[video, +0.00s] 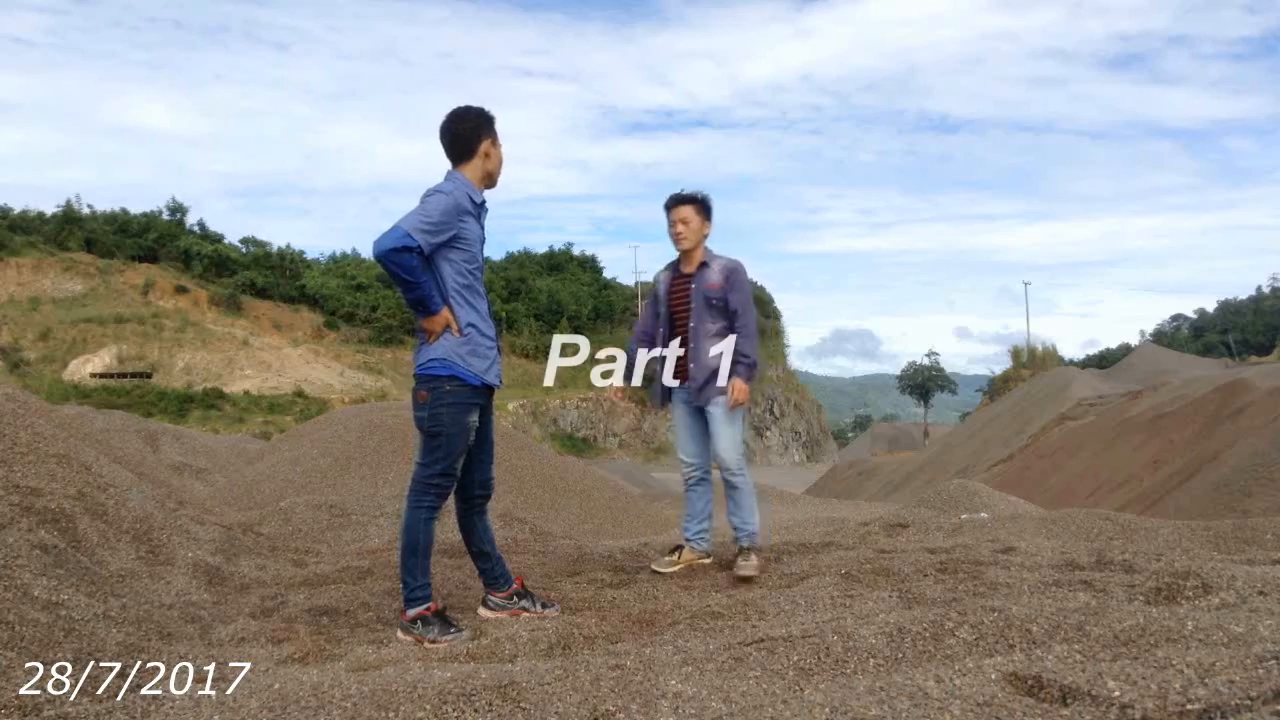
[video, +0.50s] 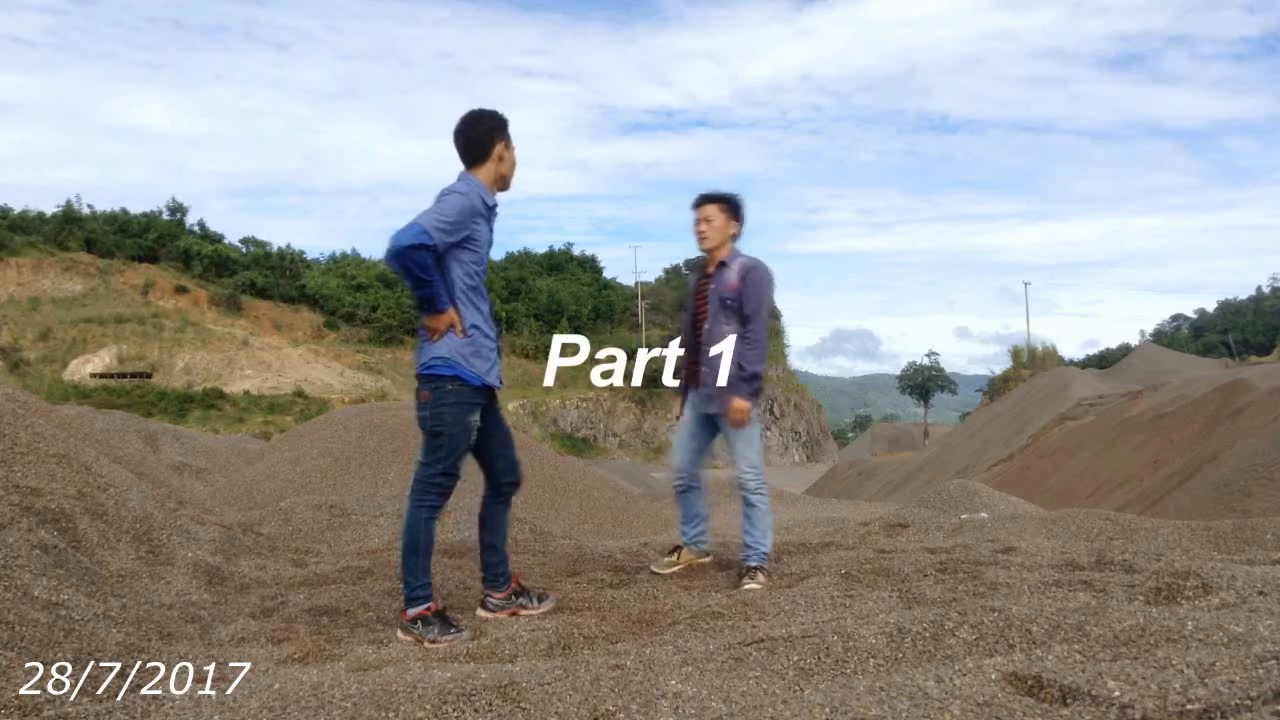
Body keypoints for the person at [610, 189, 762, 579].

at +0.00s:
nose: (678, 230)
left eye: (686, 223)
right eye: (673, 224)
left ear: (706, 226)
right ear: (669, 230)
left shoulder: (728, 271)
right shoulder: (665, 279)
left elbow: (746, 327)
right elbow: (645, 333)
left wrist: (742, 374)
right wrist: (627, 375)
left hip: (721, 385)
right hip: (680, 388)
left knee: (730, 465)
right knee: (693, 469)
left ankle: (747, 546)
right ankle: (696, 546)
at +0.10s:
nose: (676, 229)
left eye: (683, 221)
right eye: (671, 223)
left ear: (704, 225)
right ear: (667, 230)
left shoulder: (728, 270)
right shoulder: (666, 279)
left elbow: (746, 329)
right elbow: (646, 331)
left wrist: (738, 379)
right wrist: (626, 363)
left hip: (722, 386)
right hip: (681, 389)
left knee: (733, 465)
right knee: (693, 470)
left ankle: (746, 546)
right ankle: (696, 546)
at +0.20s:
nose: (677, 228)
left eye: (685, 220)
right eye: (673, 222)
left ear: (707, 224)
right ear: (670, 229)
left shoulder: (731, 270)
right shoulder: (669, 279)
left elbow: (747, 331)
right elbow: (652, 330)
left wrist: (734, 383)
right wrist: (638, 363)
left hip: (725, 387)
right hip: (683, 389)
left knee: (734, 464)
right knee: (693, 470)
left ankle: (747, 547)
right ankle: (696, 546)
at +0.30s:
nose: (682, 228)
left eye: (690, 220)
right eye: (678, 222)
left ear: (713, 224)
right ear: (676, 229)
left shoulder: (737, 269)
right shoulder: (676, 279)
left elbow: (748, 332)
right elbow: (663, 331)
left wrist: (733, 384)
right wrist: (654, 371)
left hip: (724, 389)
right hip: (686, 391)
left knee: (736, 469)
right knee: (695, 471)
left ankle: (752, 554)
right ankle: (697, 547)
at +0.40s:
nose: (691, 229)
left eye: (699, 221)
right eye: (688, 223)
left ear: (723, 226)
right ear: (686, 229)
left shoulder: (744, 271)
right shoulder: (687, 275)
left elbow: (754, 337)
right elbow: (678, 333)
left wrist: (736, 389)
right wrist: (674, 382)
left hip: (728, 393)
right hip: (692, 392)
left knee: (739, 475)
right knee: (695, 474)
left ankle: (754, 560)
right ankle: (696, 548)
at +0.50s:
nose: (700, 228)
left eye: (709, 221)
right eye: (698, 222)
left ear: (733, 226)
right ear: (696, 229)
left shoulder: (752, 272)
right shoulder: (701, 277)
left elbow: (756, 336)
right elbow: (692, 337)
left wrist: (745, 392)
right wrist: (683, 389)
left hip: (737, 395)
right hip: (700, 393)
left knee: (750, 480)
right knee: (683, 470)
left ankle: (755, 562)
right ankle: (694, 548)